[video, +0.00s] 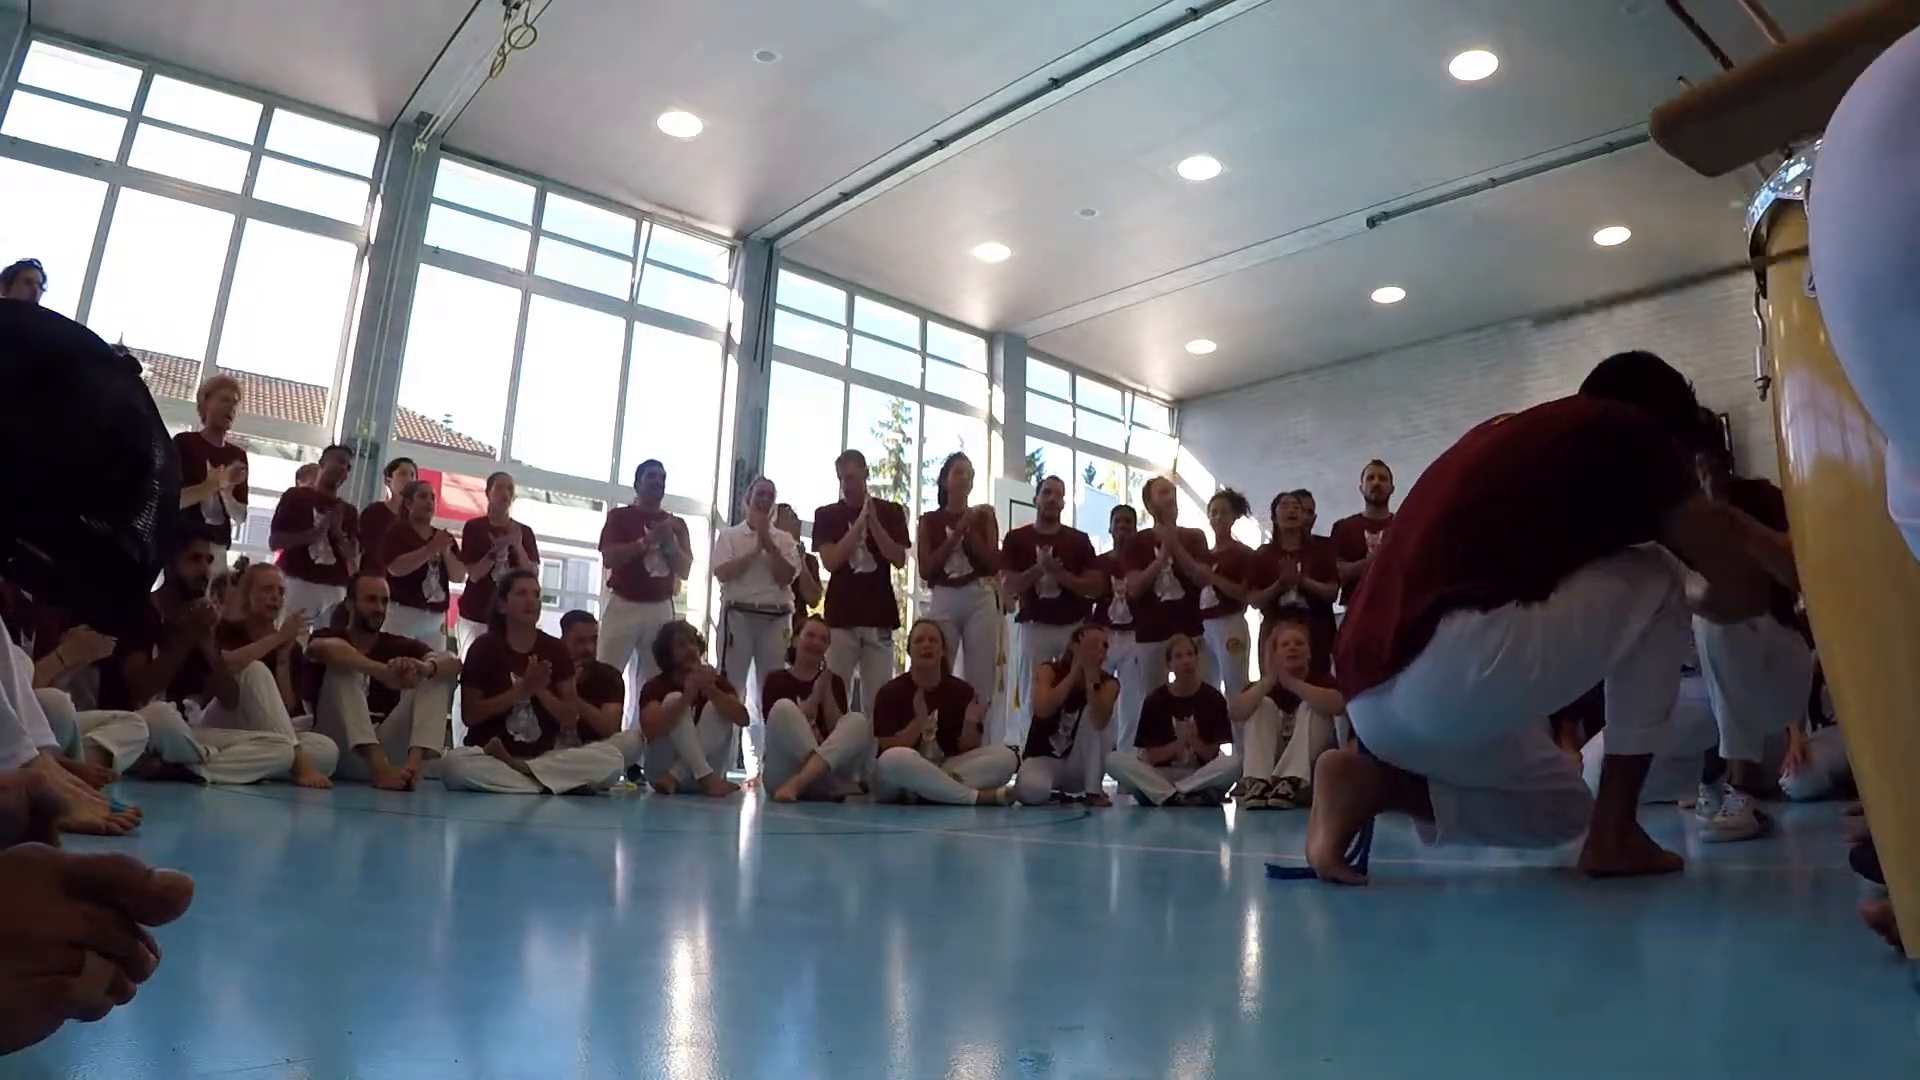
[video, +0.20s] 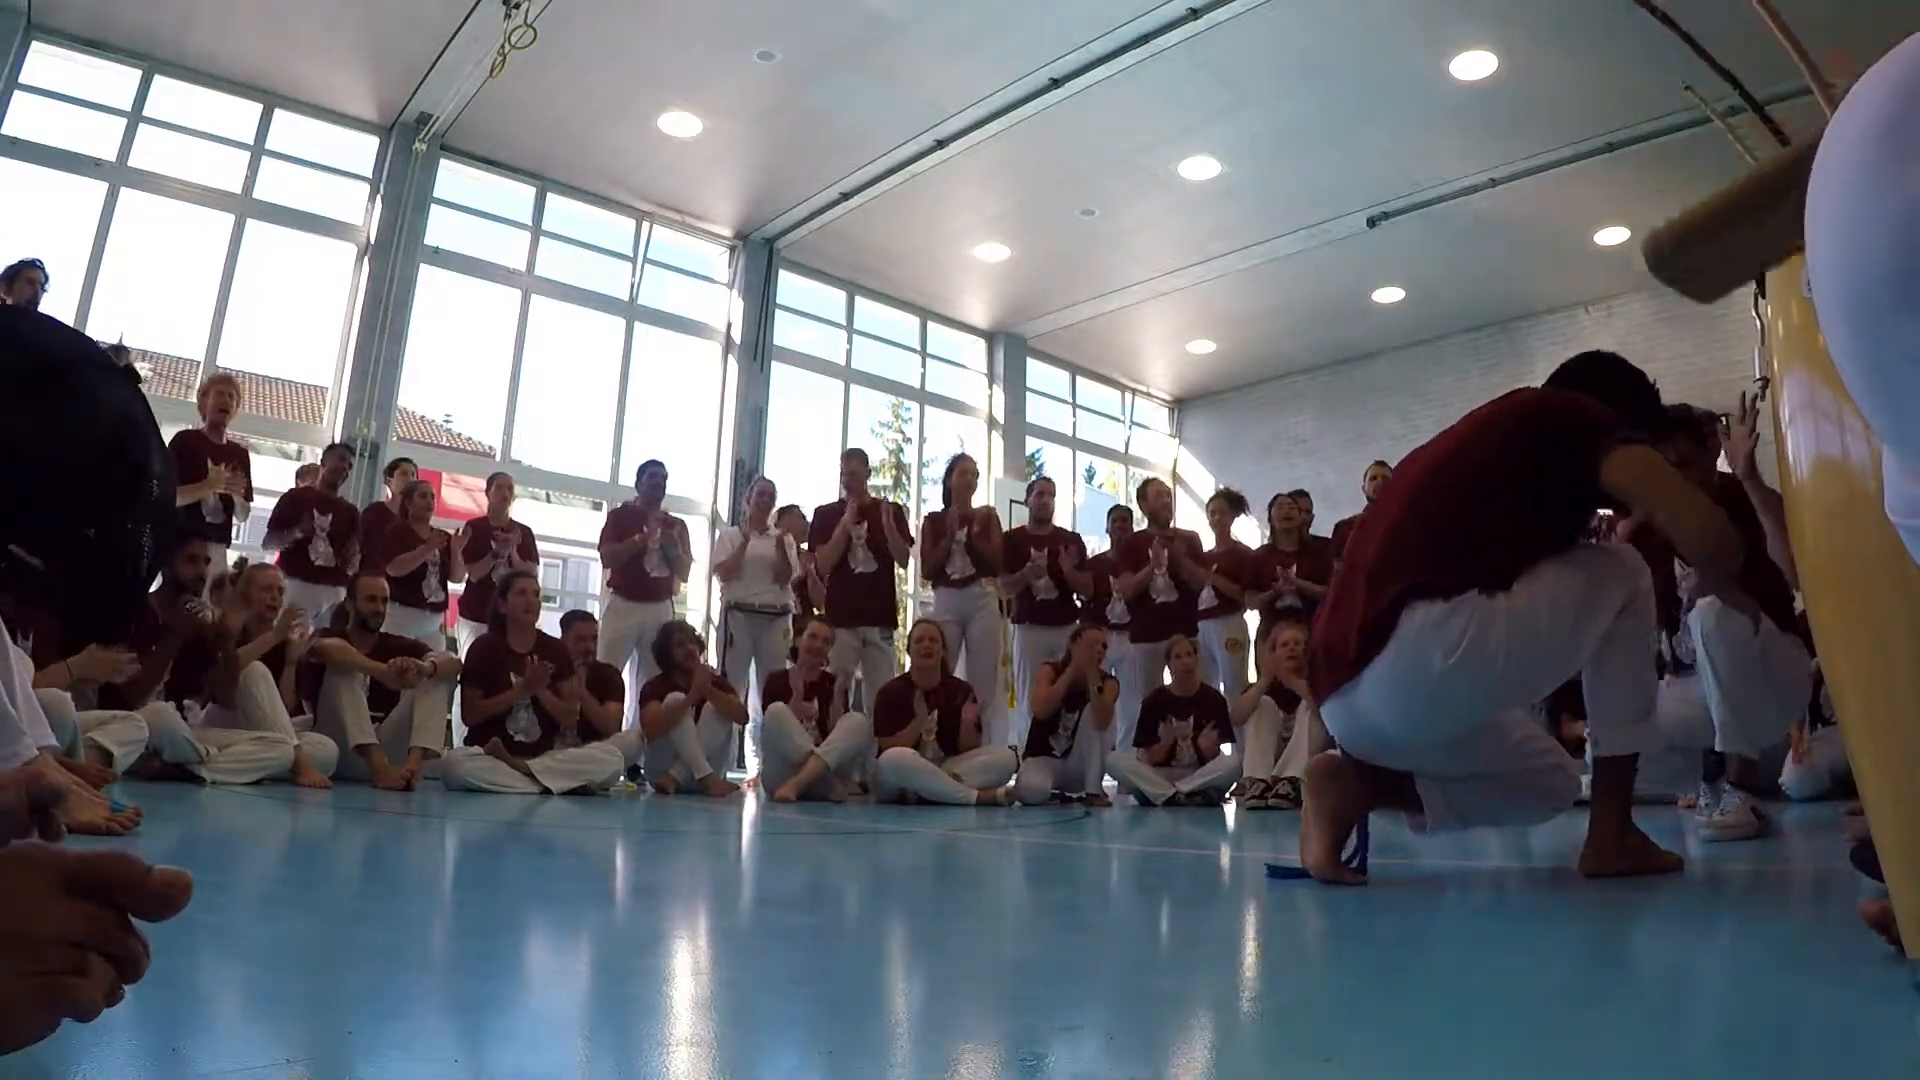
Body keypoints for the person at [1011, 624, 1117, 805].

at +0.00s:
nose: (1099, 651)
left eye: (1104, 646)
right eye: (1093, 644)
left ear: (1107, 650)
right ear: (1074, 646)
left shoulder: (1108, 682)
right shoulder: (1048, 670)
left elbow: (1099, 719)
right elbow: (1042, 709)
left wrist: (1092, 671)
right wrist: (1075, 672)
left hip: (1080, 762)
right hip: (1042, 760)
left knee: (1095, 712)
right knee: (1033, 793)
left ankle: (1094, 791)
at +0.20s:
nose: (1099, 650)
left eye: (1103, 646)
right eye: (1093, 644)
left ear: (1106, 652)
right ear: (1073, 645)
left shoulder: (1108, 682)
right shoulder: (1049, 670)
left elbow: (1101, 721)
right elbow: (1041, 709)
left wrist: (1092, 676)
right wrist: (1071, 671)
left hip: (1080, 763)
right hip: (1042, 761)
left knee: (1095, 710)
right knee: (1033, 794)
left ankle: (1094, 790)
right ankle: (1015, 792)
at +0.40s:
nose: (1099, 649)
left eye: (1103, 645)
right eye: (1092, 643)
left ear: (1106, 651)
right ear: (1073, 646)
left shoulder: (1108, 683)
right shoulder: (1049, 671)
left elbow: (1100, 720)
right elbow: (1040, 710)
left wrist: (1091, 678)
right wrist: (1071, 675)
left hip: (1080, 763)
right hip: (1042, 761)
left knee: (1095, 711)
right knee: (1033, 793)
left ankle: (1094, 791)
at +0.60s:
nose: (1099, 649)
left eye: (1103, 645)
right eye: (1093, 643)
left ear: (1106, 651)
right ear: (1073, 645)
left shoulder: (1108, 683)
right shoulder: (1049, 670)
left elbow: (1101, 719)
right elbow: (1040, 709)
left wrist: (1093, 676)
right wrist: (1071, 672)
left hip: (1080, 763)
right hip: (1042, 761)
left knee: (1095, 711)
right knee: (1033, 793)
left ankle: (1093, 791)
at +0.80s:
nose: (1098, 648)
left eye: (1103, 645)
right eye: (1092, 642)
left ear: (1105, 651)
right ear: (1074, 644)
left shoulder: (1108, 683)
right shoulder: (1050, 671)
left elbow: (1102, 720)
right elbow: (1040, 711)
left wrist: (1091, 678)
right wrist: (1072, 673)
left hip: (1080, 762)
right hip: (1042, 760)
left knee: (1095, 709)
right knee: (1034, 793)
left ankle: (1093, 791)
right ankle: (1010, 794)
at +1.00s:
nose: (1097, 649)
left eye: (1103, 645)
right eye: (1092, 642)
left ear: (1107, 650)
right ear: (1074, 644)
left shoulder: (1105, 679)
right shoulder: (1051, 670)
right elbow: (1046, 705)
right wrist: (1073, 671)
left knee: (1097, 727)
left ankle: (1093, 789)